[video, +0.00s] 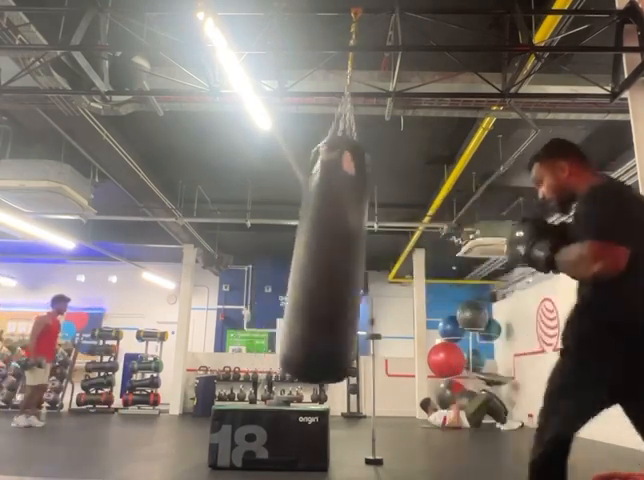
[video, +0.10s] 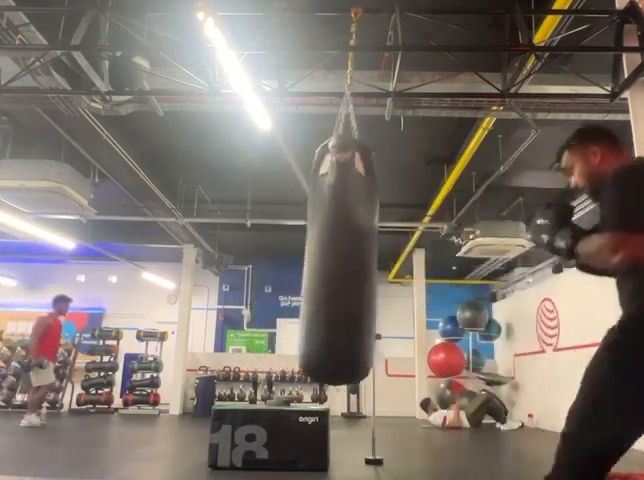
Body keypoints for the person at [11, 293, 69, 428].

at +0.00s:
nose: (66, 308)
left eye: (66, 305)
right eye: (64, 305)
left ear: (62, 306)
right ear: (56, 304)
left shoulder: (56, 323)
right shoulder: (43, 319)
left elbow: (52, 342)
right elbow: (33, 337)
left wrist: (52, 359)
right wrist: (33, 356)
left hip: (47, 359)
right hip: (38, 358)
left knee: (42, 388)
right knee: (34, 387)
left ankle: (32, 414)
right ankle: (21, 415)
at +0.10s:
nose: (67, 308)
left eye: (68, 305)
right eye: (66, 305)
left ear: (63, 306)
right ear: (58, 305)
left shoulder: (57, 323)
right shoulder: (44, 320)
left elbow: (54, 342)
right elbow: (35, 338)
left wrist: (54, 359)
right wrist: (34, 357)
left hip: (49, 360)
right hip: (41, 359)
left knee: (38, 387)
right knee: (45, 385)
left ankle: (34, 413)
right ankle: (30, 414)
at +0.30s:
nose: (74, 310)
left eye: (74, 307)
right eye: (72, 307)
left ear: (68, 307)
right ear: (64, 306)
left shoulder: (64, 324)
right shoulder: (52, 321)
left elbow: (60, 343)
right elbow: (41, 339)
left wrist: (65, 357)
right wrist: (39, 359)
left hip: (56, 358)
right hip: (50, 358)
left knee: (42, 386)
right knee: (64, 381)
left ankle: (31, 415)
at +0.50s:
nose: (83, 315)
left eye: (84, 312)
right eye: (82, 312)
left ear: (81, 313)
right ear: (74, 311)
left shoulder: (76, 328)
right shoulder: (62, 326)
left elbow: (71, 347)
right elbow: (49, 344)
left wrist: (73, 365)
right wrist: (48, 365)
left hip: (68, 364)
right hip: (61, 364)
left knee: (52, 391)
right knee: (75, 387)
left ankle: (31, 416)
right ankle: (81, 418)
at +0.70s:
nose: (94, 327)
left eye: (95, 324)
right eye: (93, 323)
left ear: (91, 323)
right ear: (86, 322)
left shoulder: (85, 337)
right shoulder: (72, 336)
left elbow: (80, 356)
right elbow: (60, 354)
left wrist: (82, 370)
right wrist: (59, 374)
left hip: (78, 369)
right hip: (69, 368)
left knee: (64, 402)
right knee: (91, 386)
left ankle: (34, 414)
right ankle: (87, 420)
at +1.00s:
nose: (100, 343)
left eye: (101, 341)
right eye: (99, 340)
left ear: (99, 341)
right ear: (93, 337)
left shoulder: (90, 351)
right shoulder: (78, 349)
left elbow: (84, 370)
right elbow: (68, 366)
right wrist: (69, 388)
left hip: (82, 381)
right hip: (73, 381)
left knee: (67, 414)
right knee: (97, 388)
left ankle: (39, 412)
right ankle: (89, 420)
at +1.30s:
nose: (103, 349)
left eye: (105, 346)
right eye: (103, 345)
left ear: (99, 344)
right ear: (96, 342)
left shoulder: (91, 354)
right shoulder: (78, 352)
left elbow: (85, 375)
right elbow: (69, 373)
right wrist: (75, 394)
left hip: (80, 385)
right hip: (72, 385)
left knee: (67, 418)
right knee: (98, 388)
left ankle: (40, 412)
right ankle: (88, 420)